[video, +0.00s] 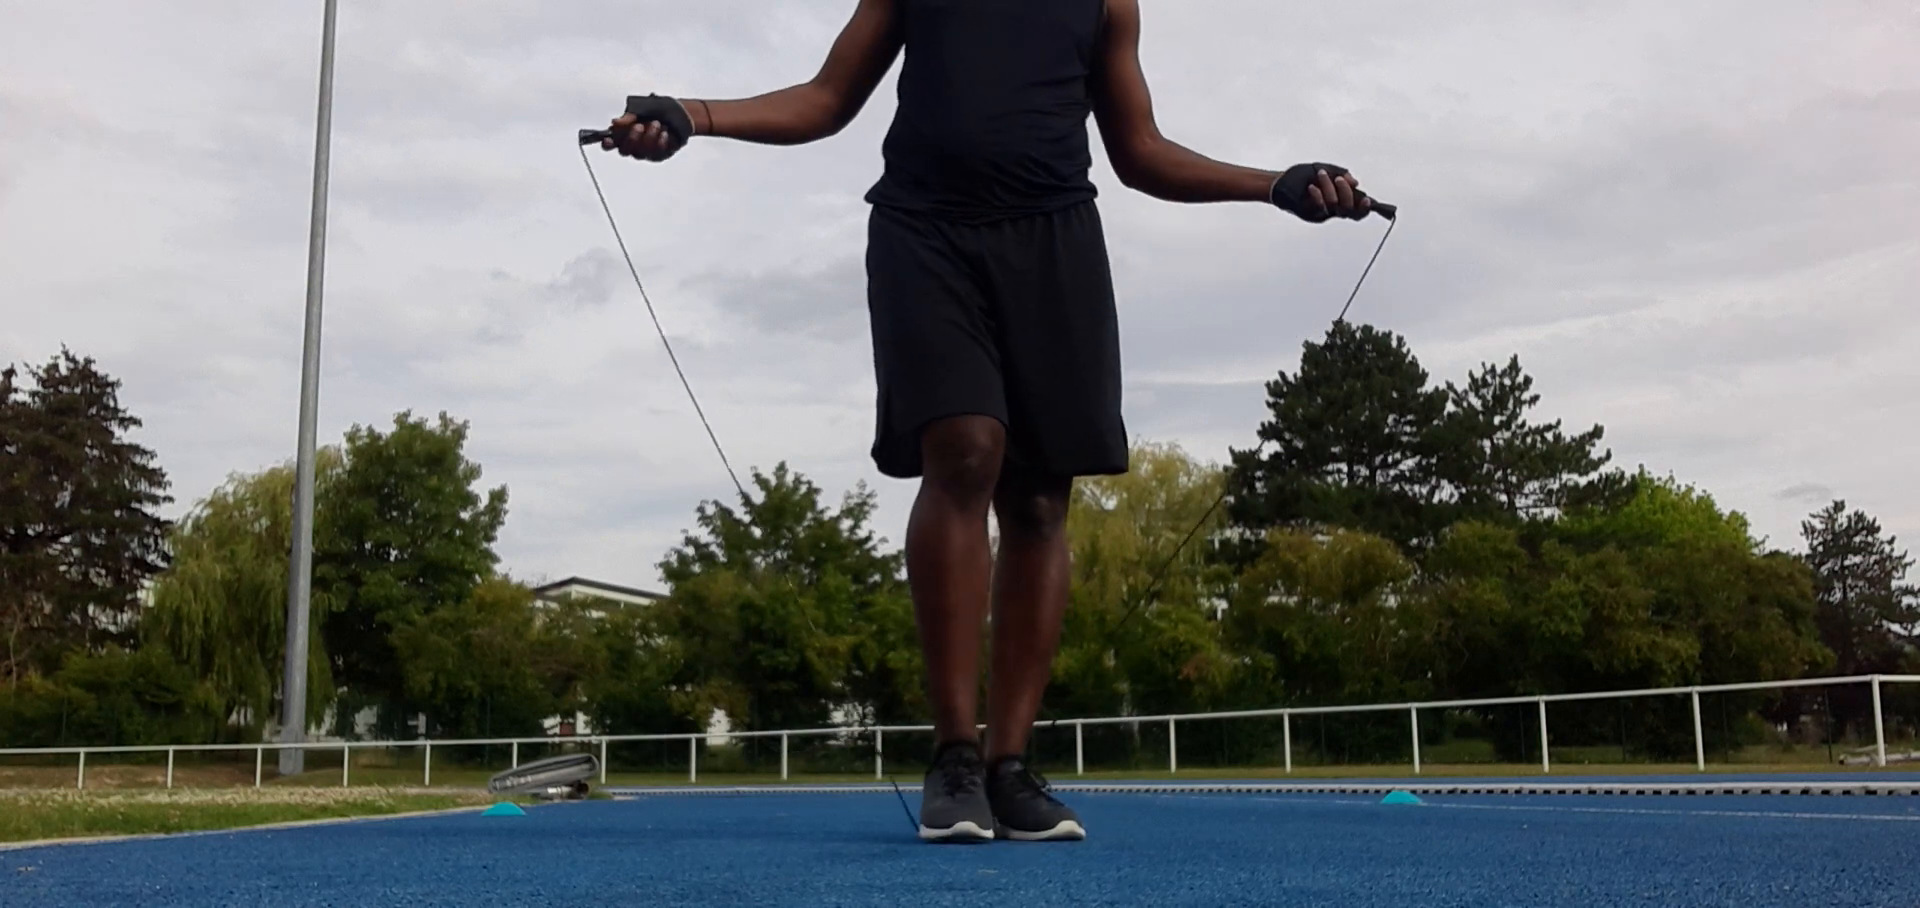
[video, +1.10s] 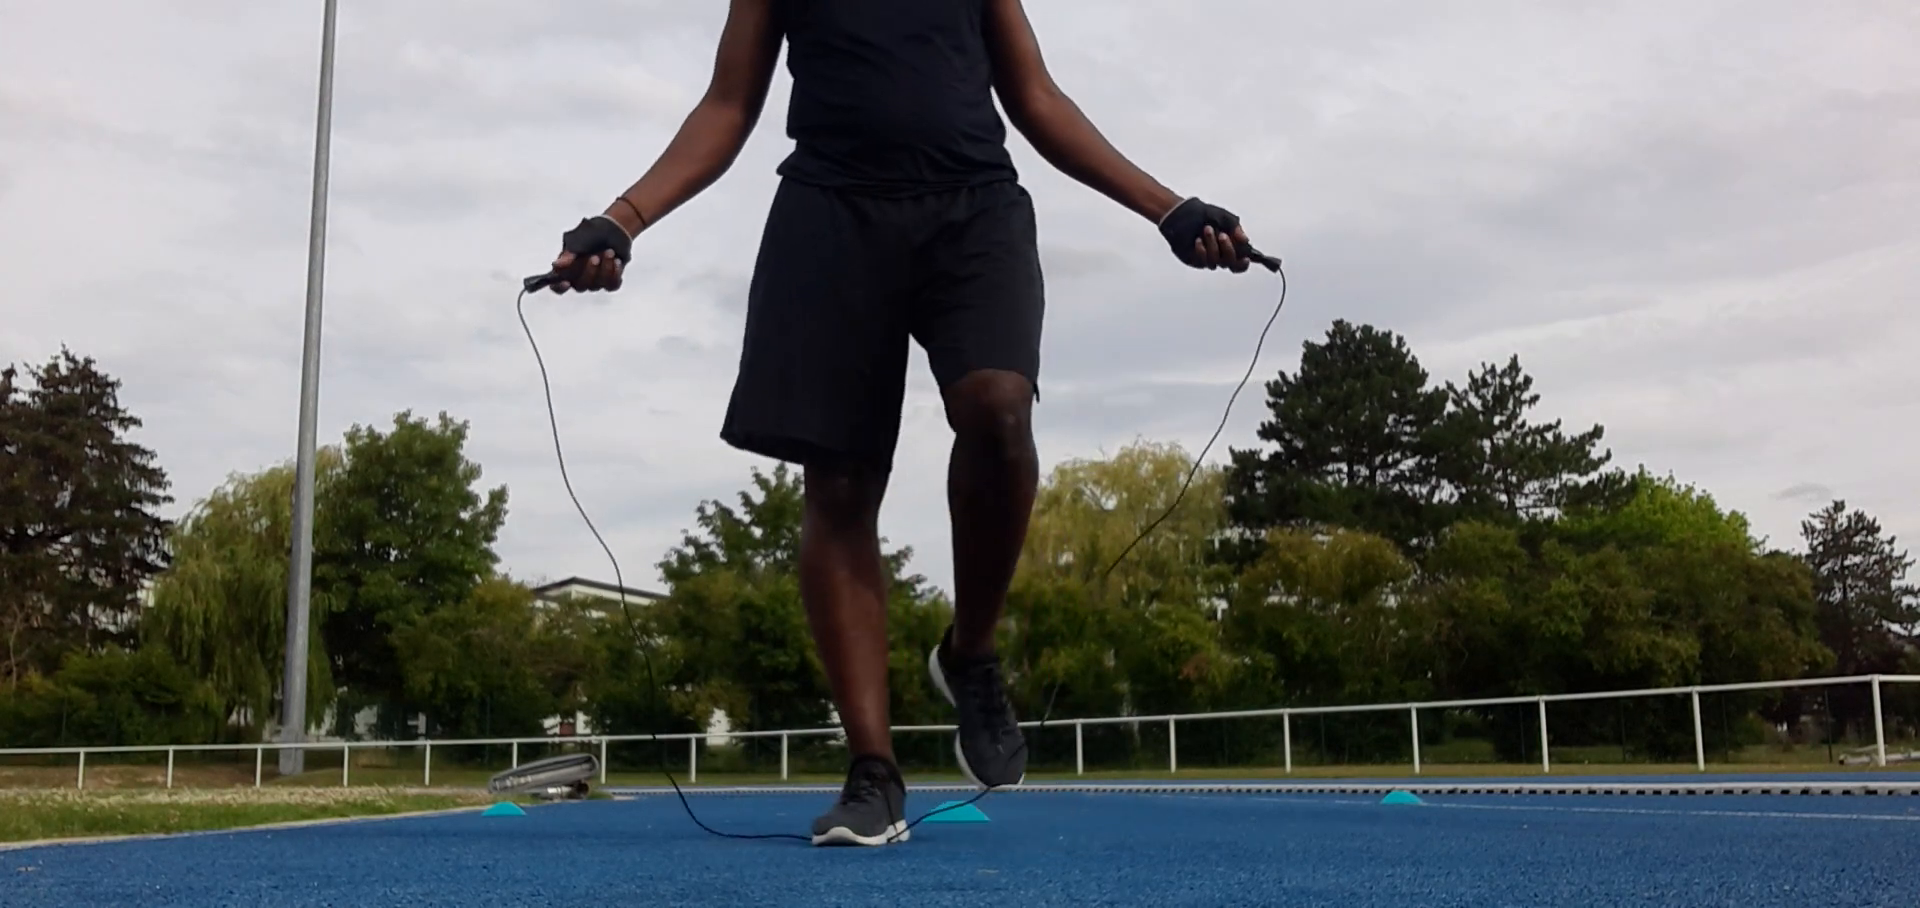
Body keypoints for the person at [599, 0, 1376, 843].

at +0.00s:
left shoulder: (1106, 13)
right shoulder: (907, 7)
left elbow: (1141, 153)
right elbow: (823, 101)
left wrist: (1279, 183)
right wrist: (690, 115)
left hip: (1053, 235)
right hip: (926, 228)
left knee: (1037, 495)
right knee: (963, 453)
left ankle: (1010, 769)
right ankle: (955, 761)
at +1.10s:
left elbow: (1036, 99)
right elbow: (729, 101)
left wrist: (1172, 209)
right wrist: (622, 219)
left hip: (975, 205)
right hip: (834, 212)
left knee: (996, 410)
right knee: (839, 488)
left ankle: (972, 655)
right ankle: (872, 772)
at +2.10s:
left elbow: (1123, 81)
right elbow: (782, 41)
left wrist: (1280, 147)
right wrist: (624, 89)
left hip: (1031, 185)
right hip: (882, 187)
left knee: (1032, 470)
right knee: (889, 445)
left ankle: (1010, 770)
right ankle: (879, 743)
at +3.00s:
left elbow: (1173, 6)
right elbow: (793, 7)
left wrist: (1326, 70)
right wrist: (648, 57)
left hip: (1042, 150)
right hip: (893, 153)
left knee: (1032, 462)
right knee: (902, 442)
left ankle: (1012, 778)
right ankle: (920, 772)